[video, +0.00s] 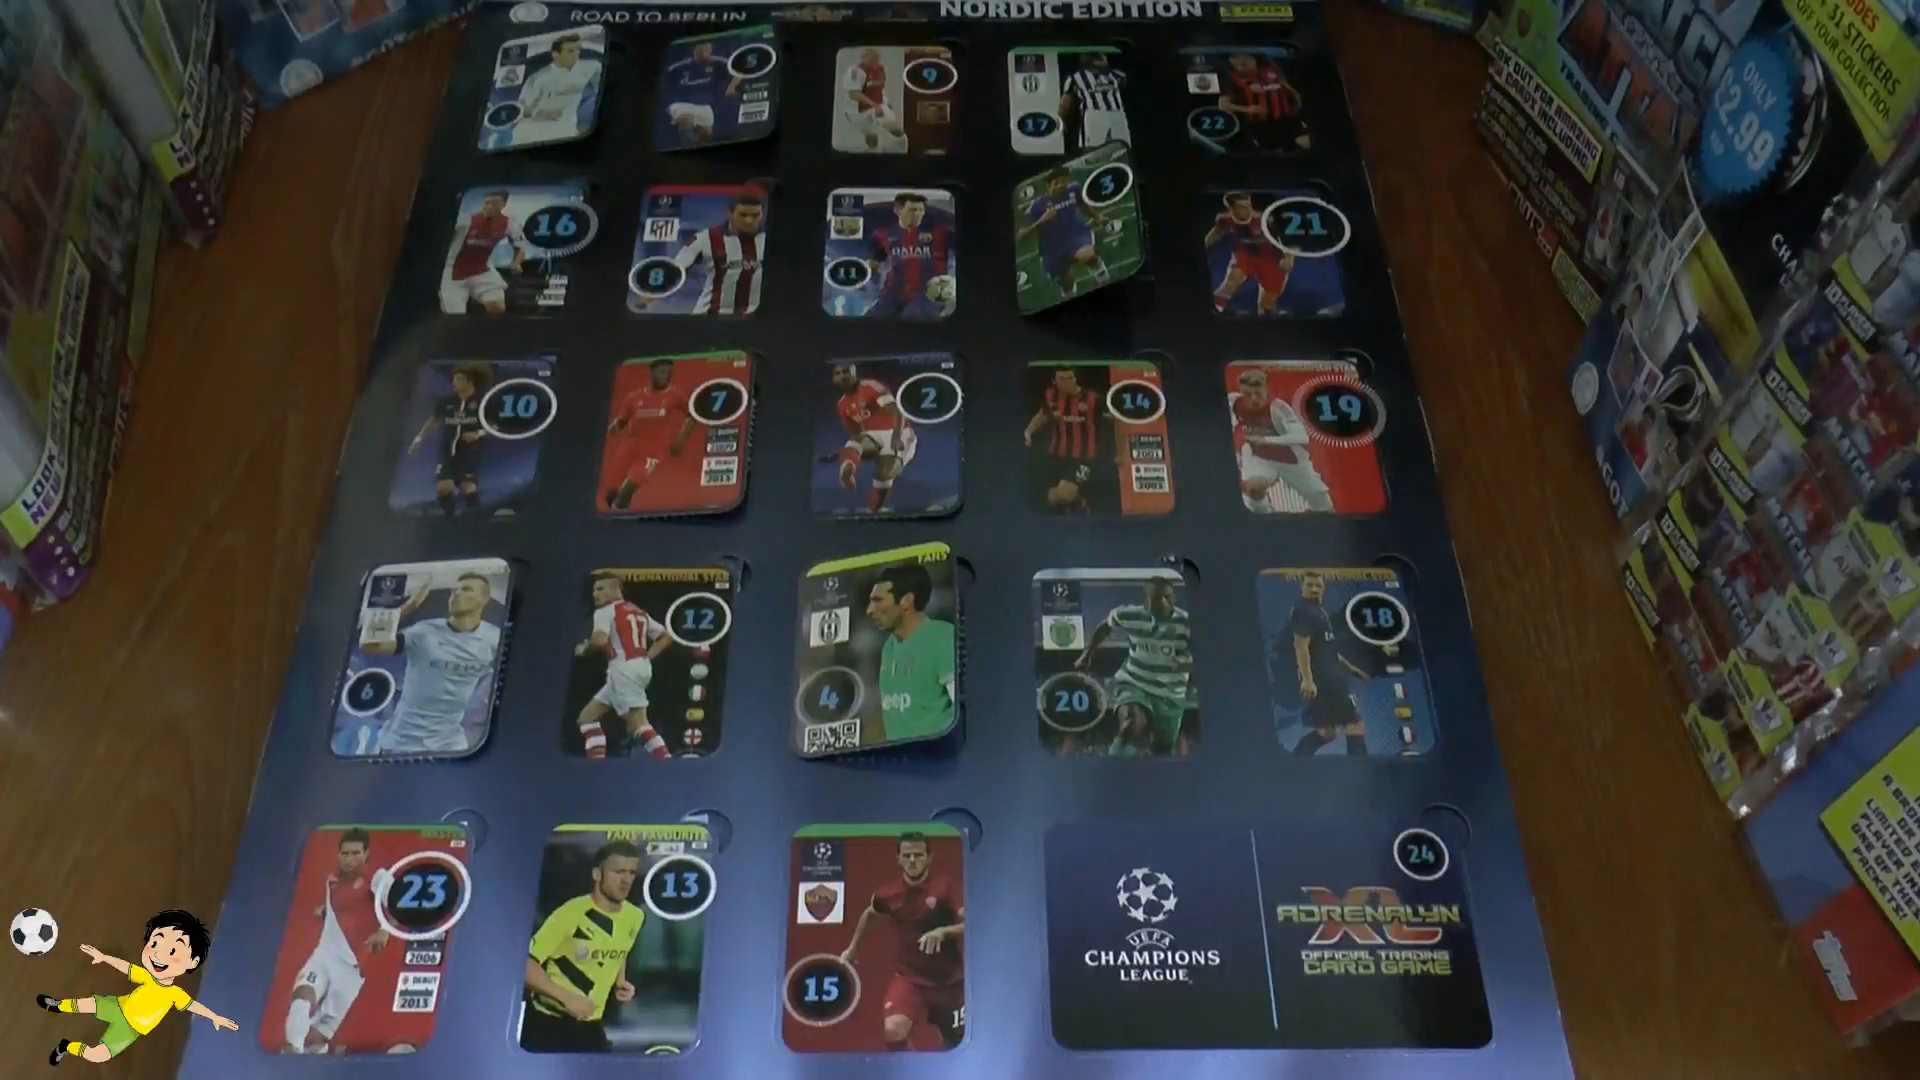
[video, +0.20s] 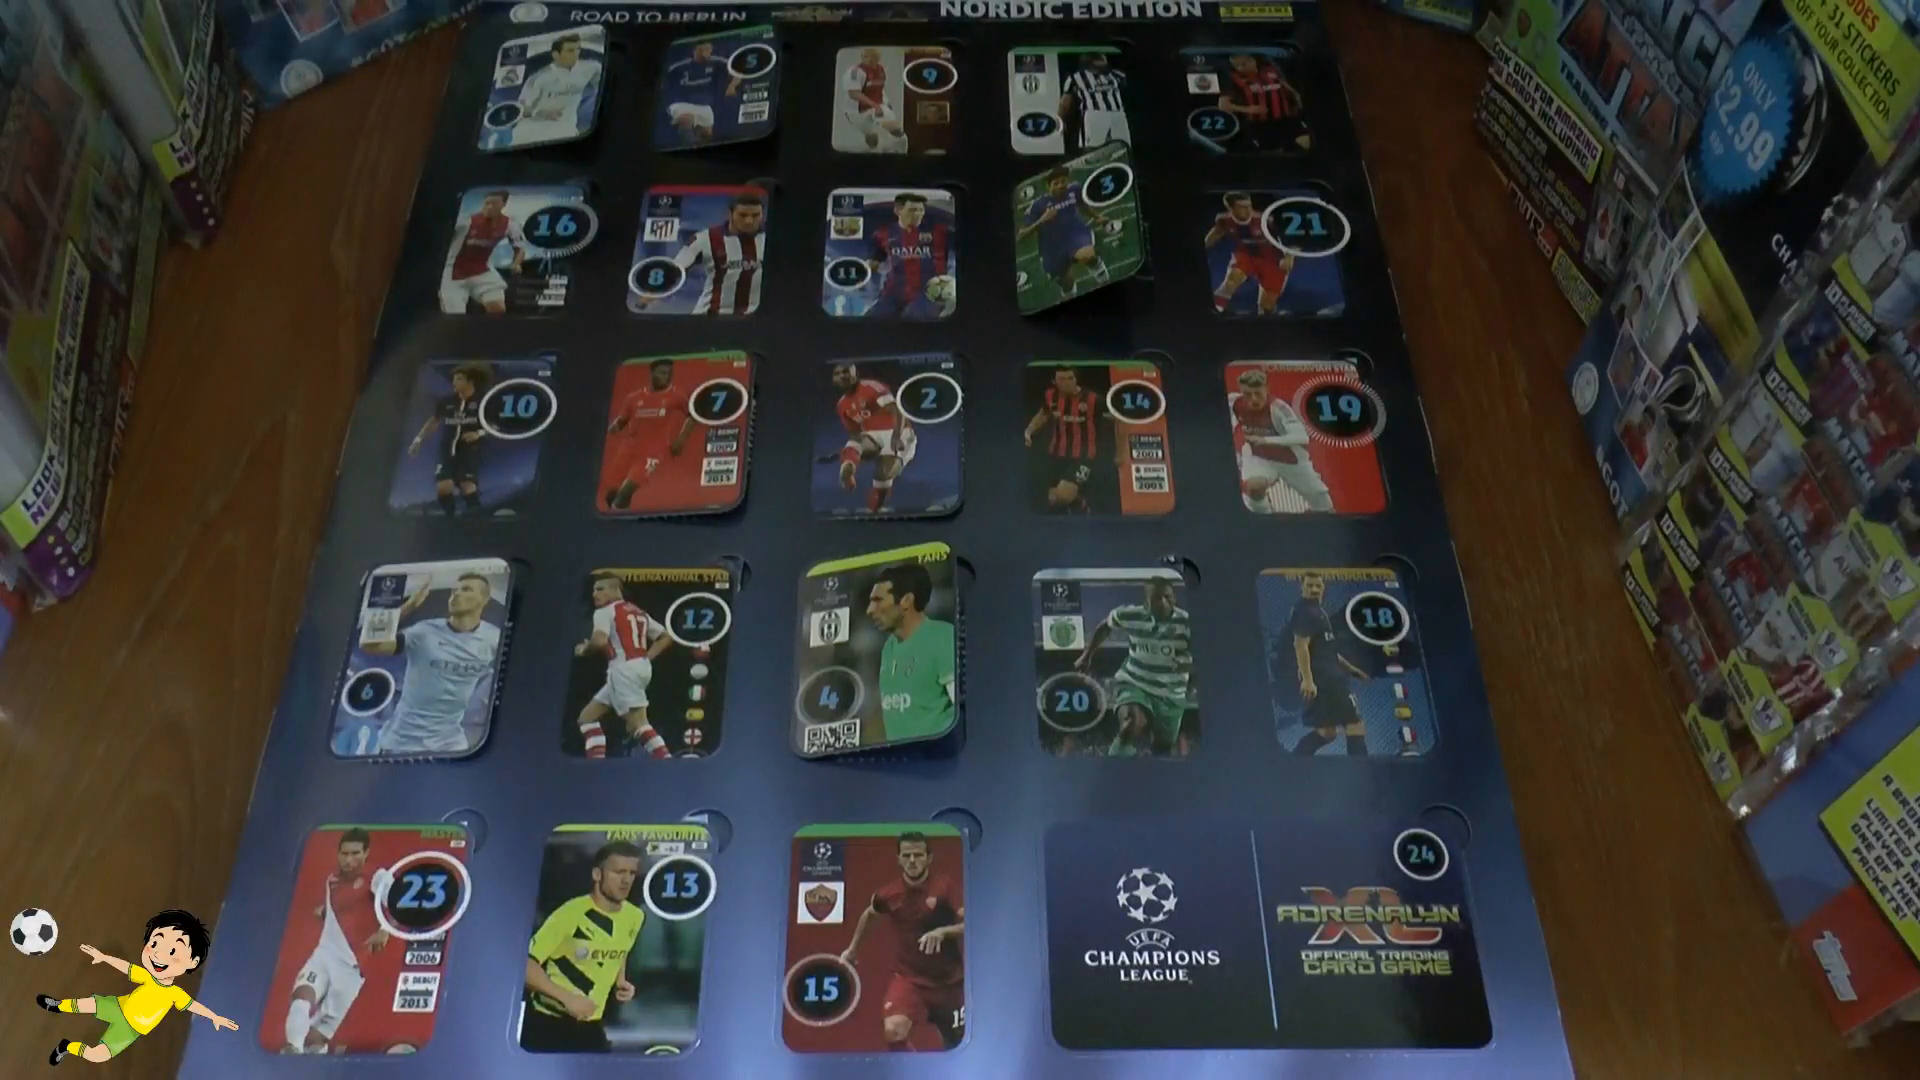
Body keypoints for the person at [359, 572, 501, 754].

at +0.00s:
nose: (456, 594)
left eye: (466, 589)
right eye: (454, 590)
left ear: (484, 599)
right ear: (450, 597)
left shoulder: (495, 640)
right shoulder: (423, 632)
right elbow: (370, 645)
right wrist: (402, 611)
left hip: (449, 741)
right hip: (401, 739)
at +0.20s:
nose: (455, 594)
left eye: (466, 589)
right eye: (454, 590)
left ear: (485, 599)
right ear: (450, 597)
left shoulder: (495, 640)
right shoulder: (423, 632)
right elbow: (370, 645)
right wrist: (402, 611)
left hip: (449, 741)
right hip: (401, 739)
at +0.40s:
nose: (455, 594)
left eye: (466, 589)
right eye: (454, 590)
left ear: (484, 599)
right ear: (449, 597)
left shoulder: (494, 640)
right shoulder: (423, 631)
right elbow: (370, 645)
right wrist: (405, 608)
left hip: (449, 740)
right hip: (400, 738)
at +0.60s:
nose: (455, 593)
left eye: (466, 589)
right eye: (454, 589)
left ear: (484, 600)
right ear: (449, 596)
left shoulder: (494, 640)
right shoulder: (423, 631)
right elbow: (370, 645)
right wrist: (401, 611)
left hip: (448, 740)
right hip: (400, 738)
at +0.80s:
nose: (455, 594)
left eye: (466, 589)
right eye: (454, 590)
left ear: (484, 600)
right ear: (449, 597)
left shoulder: (494, 640)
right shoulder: (423, 632)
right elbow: (370, 645)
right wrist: (401, 612)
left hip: (449, 741)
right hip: (400, 739)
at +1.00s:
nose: (456, 596)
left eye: (466, 591)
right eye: (454, 591)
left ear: (484, 602)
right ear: (450, 599)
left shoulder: (494, 642)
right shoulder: (424, 634)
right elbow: (370, 647)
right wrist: (404, 611)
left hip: (449, 743)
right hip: (401, 741)